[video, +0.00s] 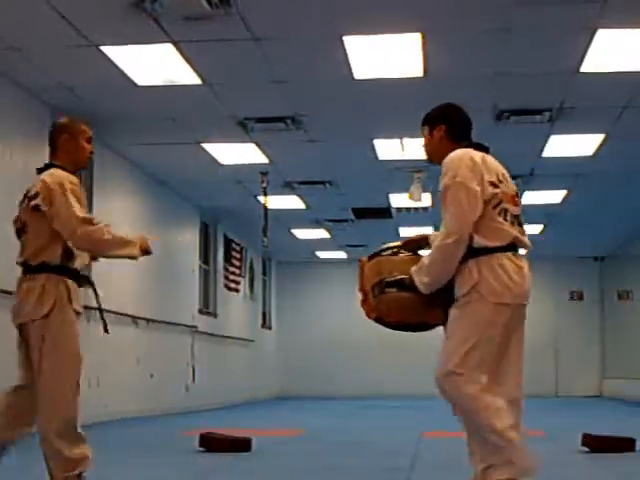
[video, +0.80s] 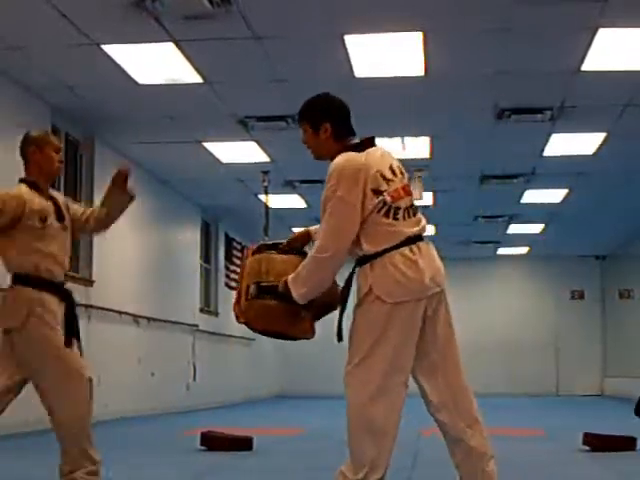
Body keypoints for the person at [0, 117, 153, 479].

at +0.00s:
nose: (91, 148)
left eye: (91, 142)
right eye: (86, 141)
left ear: (62, 145)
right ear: (63, 142)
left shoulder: (42, 185)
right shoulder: (59, 181)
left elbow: (52, 245)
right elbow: (80, 233)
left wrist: (97, 246)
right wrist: (133, 245)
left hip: (34, 292)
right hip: (52, 293)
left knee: (36, 386)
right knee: (61, 383)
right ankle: (67, 468)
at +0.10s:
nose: (72, 151)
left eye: (72, 145)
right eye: (68, 143)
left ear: (42, 145)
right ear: (45, 142)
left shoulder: (21, 184)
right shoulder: (41, 181)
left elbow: (30, 251)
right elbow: (53, 244)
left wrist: (74, 269)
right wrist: (95, 258)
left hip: (9, 289)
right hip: (24, 291)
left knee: (6, 374)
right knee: (45, 381)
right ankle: (64, 468)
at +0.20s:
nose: (53, 167)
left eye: (53, 160)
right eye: (49, 159)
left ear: (25, 160)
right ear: (27, 159)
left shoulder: (10, 196)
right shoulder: (19, 199)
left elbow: (21, 265)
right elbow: (23, 266)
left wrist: (53, 295)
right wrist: (61, 298)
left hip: (5, 305)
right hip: (4, 307)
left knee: (41, 379)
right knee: (46, 378)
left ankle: (51, 465)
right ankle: (53, 467)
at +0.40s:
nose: (42, 156)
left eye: (41, 149)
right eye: (37, 148)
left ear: (14, 151)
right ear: (15, 150)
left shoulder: (10, 188)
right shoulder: (12, 190)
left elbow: (11, 248)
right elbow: (10, 248)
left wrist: (38, 279)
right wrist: (42, 280)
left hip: (9, 306)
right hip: (5, 308)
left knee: (23, 374)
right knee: (20, 374)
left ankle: (10, 462)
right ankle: (9, 465)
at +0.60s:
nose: (46, 150)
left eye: (46, 143)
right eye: (41, 142)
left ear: (27, 146)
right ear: (18, 142)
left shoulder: (23, 188)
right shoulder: (5, 180)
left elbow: (18, 240)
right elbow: (7, 235)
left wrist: (30, 283)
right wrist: (57, 226)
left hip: (16, 290)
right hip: (6, 291)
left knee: (31, 367)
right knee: (32, 366)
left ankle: (37, 458)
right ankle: (35, 461)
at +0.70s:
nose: (49, 167)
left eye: (49, 160)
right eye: (44, 158)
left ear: (27, 161)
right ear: (22, 159)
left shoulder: (27, 212)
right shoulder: (6, 204)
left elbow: (43, 258)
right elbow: (4, 265)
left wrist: (81, 268)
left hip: (21, 305)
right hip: (10, 307)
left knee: (7, 383)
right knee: (48, 380)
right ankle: (70, 465)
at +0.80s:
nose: (61, 158)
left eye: (61, 152)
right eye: (54, 151)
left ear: (45, 157)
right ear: (32, 155)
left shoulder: (62, 205)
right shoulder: (18, 198)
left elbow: (98, 221)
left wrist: (117, 195)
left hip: (50, 303)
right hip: (27, 301)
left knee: (6, 383)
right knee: (69, 381)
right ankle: (81, 470)